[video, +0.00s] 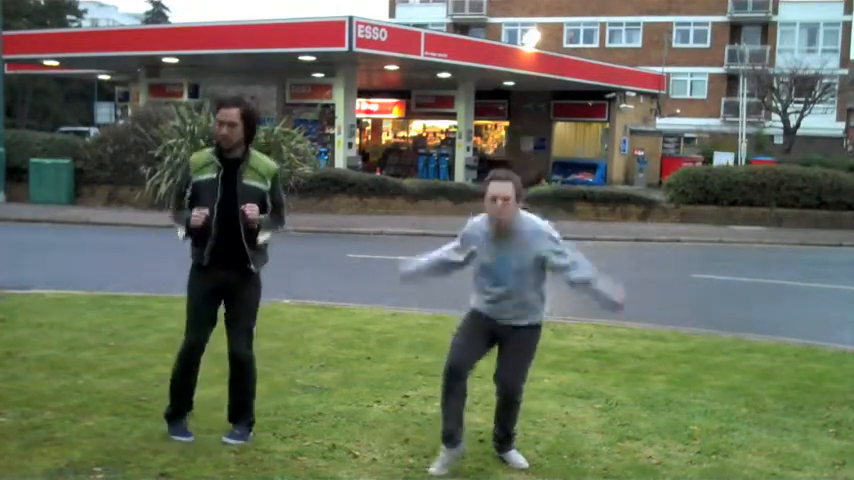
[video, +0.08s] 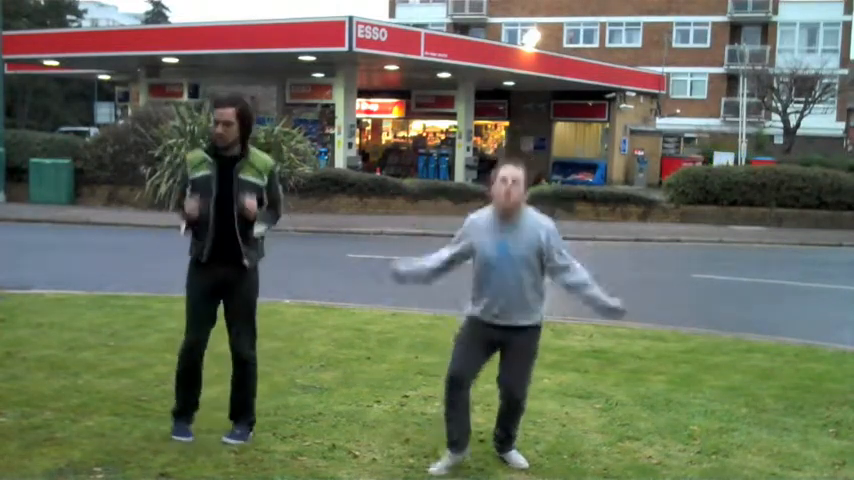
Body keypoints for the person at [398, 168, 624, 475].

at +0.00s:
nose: (499, 206)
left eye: (506, 200)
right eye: (493, 200)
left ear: (519, 202)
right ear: (485, 201)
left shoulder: (538, 233)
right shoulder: (477, 229)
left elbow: (572, 266)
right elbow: (452, 256)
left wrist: (605, 292)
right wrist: (415, 267)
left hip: (524, 322)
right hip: (484, 315)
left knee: (510, 385)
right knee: (454, 368)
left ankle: (504, 447)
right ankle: (451, 446)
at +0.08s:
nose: (508, 187)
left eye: (515, 183)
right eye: (503, 181)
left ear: (525, 191)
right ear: (492, 188)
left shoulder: (542, 228)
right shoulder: (477, 224)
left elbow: (568, 271)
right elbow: (447, 258)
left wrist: (604, 303)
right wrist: (409, 270)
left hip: (524, 326)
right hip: (481, 321)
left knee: (514, 392)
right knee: (457, 378)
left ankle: (505, 447)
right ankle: (456, 450)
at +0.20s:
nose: (511, 151)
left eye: (518, 147)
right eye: (506, 145)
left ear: (529, 156)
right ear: (496, 152)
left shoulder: (544, 193)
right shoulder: (480, 190)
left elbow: (578, 221)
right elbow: (447, 214)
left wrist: (609, 220)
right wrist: (416, 190)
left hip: (523, 300)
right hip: (481, 291)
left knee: (519, 375)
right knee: (447, 339)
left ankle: (508, 443)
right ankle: (449, 413)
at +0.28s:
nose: (511, 137)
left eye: (518, 132)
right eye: (505, 130)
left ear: (529, 141)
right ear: (495, 137)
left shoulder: (542, 177)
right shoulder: (477, 173)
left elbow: (580, 199)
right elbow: (442, 191)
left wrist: (601, 183)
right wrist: (421, 164)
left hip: (521, 284)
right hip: (481, 274)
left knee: (517, 368)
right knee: (450, 317)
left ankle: (512, 441)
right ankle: (457, 391)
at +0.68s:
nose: (493, 169)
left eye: (501, 164)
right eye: (489, 163)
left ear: (515, 173)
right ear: (482, 169)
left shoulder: (534, 203)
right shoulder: (468, 197)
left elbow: (581, 216)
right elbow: (425, 198)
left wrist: (625, 222)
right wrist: (387, 184)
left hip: (514, 300)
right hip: (472, 293)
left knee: (512, 376)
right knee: (441, 338)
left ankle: (499, 443)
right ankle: (458, 411)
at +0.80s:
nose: (485, 186)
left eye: (493, 181)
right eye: (481, 180)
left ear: (510, 191)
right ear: (476, 185)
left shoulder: (529, 231)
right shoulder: (460, 225)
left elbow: (544, 282)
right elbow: (443, 275)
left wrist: (551, 326)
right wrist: (431, 317)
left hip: (511, 321)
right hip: (467, 317)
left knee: (500, 386)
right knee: (455, 377)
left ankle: (493, 454)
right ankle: (457, 454)